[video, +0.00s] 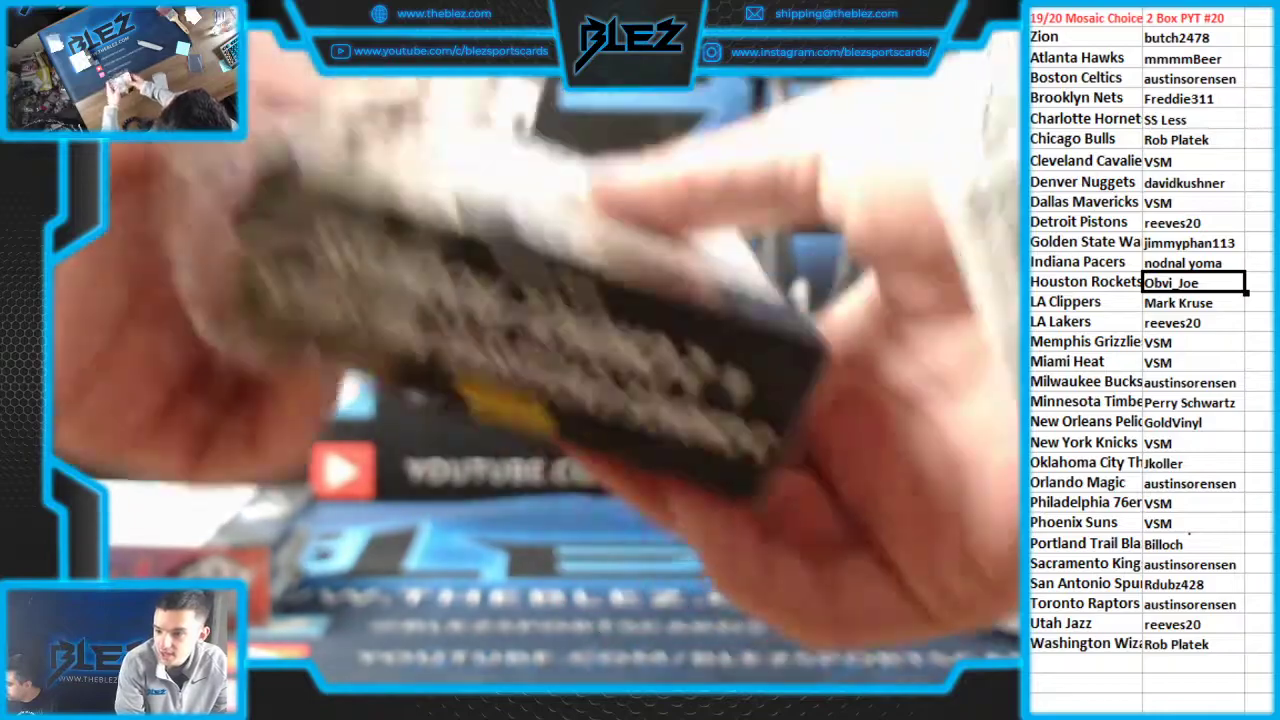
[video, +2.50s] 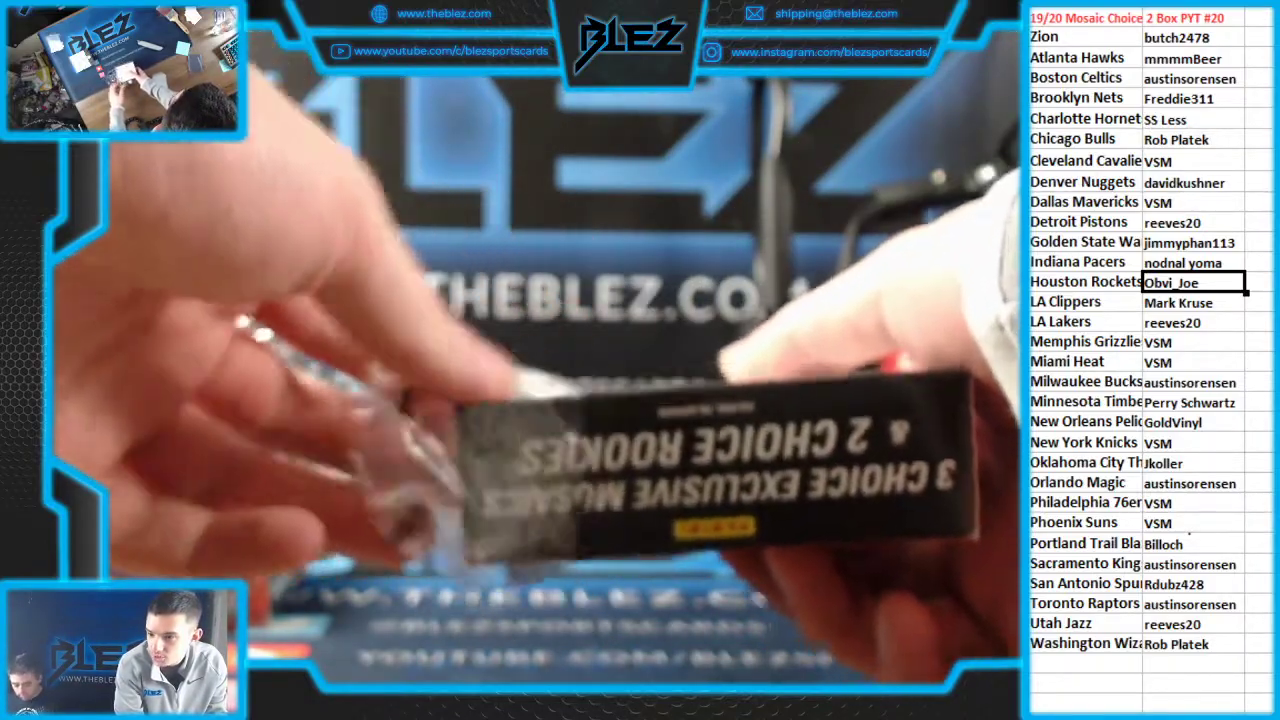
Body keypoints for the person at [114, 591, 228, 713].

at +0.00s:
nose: (165, 644)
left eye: (177, 634)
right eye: (158, 631)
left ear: (202, 634)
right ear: (153, 628)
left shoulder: (216, 660)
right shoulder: (135, 662)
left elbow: (219, 712)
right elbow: (128, 713)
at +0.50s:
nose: (161, 646)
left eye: (173, 636)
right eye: (154, 634)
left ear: (199, 636)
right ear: (150, 629)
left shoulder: (215, 661)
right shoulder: (133, 663)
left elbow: (217, 713)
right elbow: (129, 714)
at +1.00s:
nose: (160, 648)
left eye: (172, 638)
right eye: (153, 635)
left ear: (198, 637)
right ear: (148, 629)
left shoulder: (213, 661)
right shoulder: (131, 664)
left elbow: (217, 713)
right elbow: (128, 714)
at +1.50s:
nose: (157, 647)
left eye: (169, 637)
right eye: (151, 635)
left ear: (195, 636)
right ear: (146, 629)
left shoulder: (212, 661)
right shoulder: (130, 664)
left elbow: (217, 713)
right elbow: (128, 715)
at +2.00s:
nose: (157, 647)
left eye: (169, 637)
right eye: (150, 634)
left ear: (195, 636)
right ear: (146, 629)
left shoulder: (212, 661)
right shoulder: (130, 664)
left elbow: (216, 713)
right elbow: (128, 714)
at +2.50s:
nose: (157, 647)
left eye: (169, 637)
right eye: (151, 635)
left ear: (195, 636)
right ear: (146, 629)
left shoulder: (212, 661)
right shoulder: (130, 664)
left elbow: (217, 713)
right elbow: (128, 715)